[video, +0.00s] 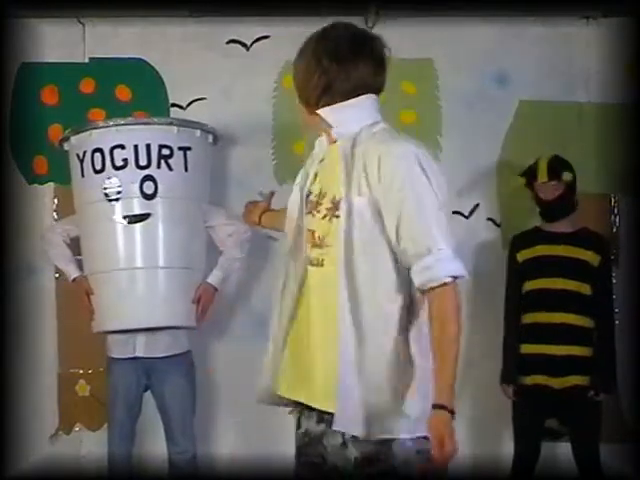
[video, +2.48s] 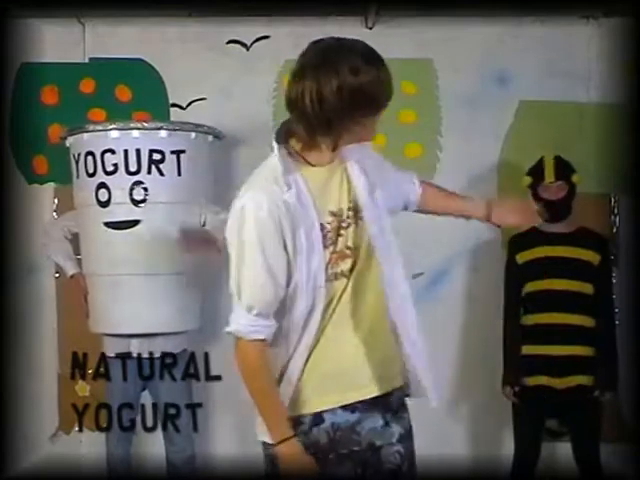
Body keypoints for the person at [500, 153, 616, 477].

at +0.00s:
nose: (546, 194)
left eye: (552, 185)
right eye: (539, 187)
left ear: (569, 187)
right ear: (532, 192)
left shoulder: (595, 245)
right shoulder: (521, 245)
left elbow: (604, 315)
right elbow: (512, 313)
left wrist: (604, 373)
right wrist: (508, 369)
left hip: (580, 376)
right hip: (530, 376)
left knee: (588, 461)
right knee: (524, 460)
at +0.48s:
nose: (531, 195)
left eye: (539, 186)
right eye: (530, 187)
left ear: (559, 189)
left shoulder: (596, 246)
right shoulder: (525, 244)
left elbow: (603, 318)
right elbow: (516, 313)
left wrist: (598, 376)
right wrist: (508, 367)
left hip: (578, 377)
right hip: (529, 376)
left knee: (587, 462)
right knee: (524, 459)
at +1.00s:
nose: (532, 194)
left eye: (539, 185)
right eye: (532, 186)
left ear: (559, 188)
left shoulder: (596, 246)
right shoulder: (526, 244)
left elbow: (603, 317)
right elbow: (515, 312)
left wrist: (600, 374)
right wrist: (507, 364)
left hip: (578, 376)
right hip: (529, 374)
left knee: (587, 460)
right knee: (524, 458)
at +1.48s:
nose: (534, 194)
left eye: (541, 185)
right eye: (534, 186)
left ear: (561, 188)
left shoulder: (597, 247)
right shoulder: (526, 244)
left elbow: (603, 318)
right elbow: (515, 313)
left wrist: (602, 377)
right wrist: (507, 367)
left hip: (579, 377)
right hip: (529, 375)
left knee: (587, 461)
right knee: (524, 458)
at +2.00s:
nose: (548, 195)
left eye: (555, 186)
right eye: (540, 188)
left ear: (571, 188)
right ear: (532, 194)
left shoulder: (596, 245)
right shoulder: (521, 245)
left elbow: (605, 315)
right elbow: (513, 311)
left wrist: (606, 374)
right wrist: (510, 367)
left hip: (580, 379)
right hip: (531, 378)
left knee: (589, 463)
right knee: (524, 462)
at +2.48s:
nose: (553, 197)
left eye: (561, 188)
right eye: (545, 189)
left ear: (573, 190)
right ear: (534, 194)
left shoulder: (596, 246)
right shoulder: (519, 246)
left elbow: (605, 314)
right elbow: (511, 314)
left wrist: (607, 373)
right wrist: (510, 370)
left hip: (582, 375)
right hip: (532, 375)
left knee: (589, 462)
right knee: (524, 460)